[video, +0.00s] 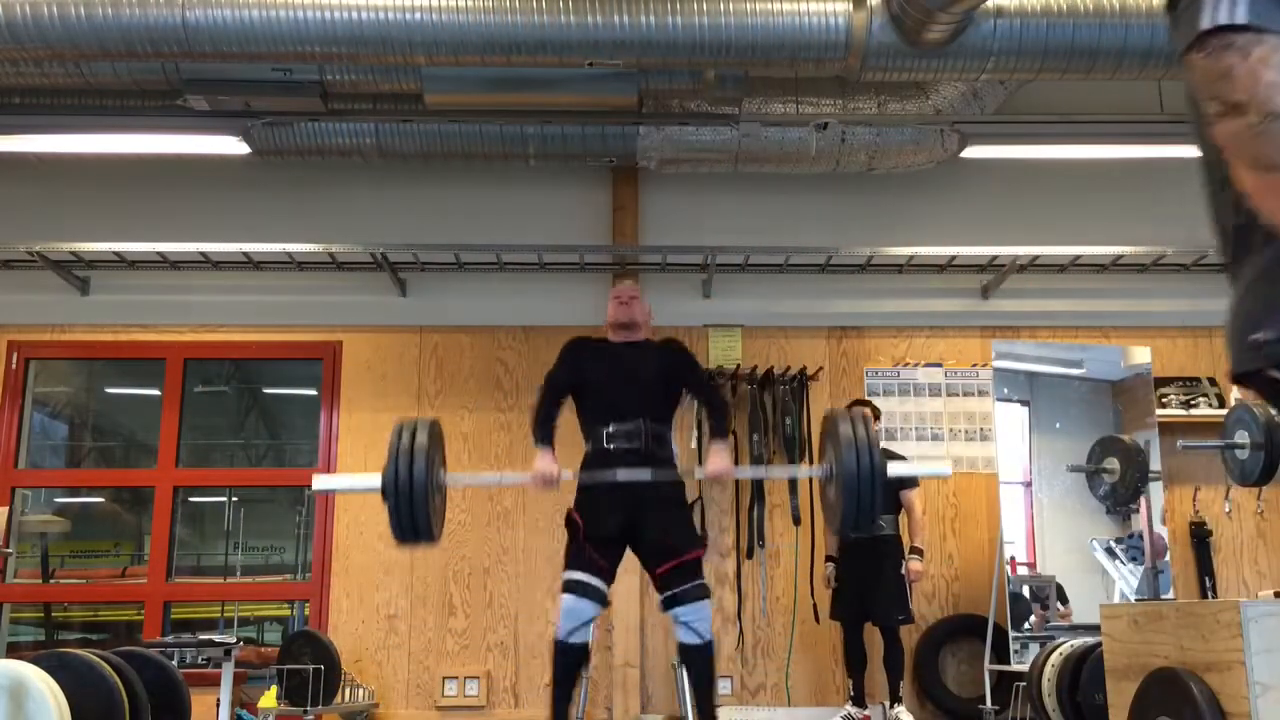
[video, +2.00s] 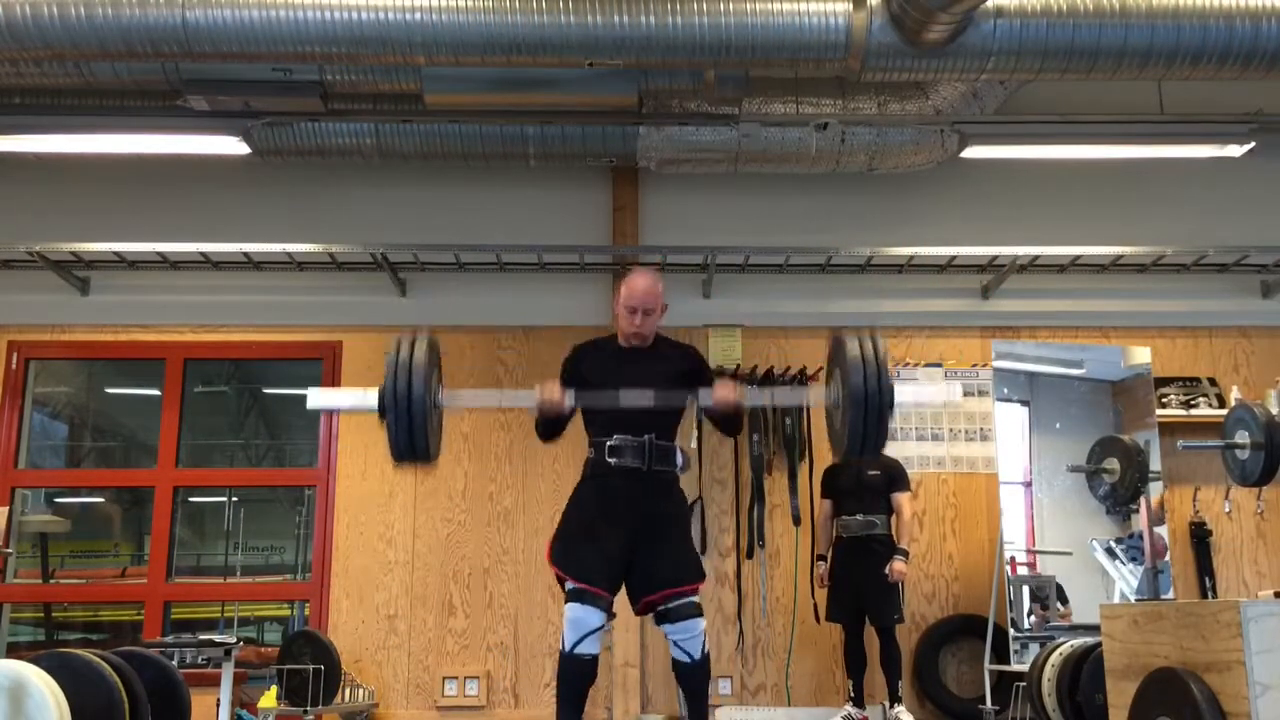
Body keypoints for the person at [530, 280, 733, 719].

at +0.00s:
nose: (625, 303)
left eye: (633, 299)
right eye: (618, 299)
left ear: (648, 313)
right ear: (606, 313)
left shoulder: (671, 353)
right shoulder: (581, 351)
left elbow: (713, 397)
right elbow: (549, 397)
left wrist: (719, 445)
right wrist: (544, 450)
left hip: (661, 496)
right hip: (600, 497)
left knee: (694, 614)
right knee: (575, 612)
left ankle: (705, 714)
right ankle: (559, 715)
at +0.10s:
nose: (629, 329)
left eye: (638, 322)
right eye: (622, 321)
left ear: (651, 330)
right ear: (609, 328)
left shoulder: (674, 370)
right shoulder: (583, 370)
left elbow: (731, 399)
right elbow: (523, 409)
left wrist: (723, 411)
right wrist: (536, 420)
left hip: (662, 507)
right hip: (599, 507)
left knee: (725, 614)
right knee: (545, 613)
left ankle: (716, 714)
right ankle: (542, 715)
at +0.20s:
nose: (635, 358)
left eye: (645, 352)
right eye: (628, 351)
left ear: (657, 365)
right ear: (613, 361)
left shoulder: (678, 420)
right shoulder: (589, 421)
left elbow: (738, 466)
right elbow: (540, 488)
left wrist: (725, 433)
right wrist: (545, 443)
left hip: (661, 563)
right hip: (598, 561)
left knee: (743, 648)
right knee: (526, 646)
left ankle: (744, 718)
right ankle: (519, 717)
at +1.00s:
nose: (629, 341)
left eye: (639, 338)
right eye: (620, 335)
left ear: (653, 360)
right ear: (605, 353)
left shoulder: (668, 409)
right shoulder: (583, 406)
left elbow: (702, 426)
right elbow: (545, 411)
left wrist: (703, 391)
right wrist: (550, 379)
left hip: (655, 549)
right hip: (590, 546)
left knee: (729, 649)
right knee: (526, 650)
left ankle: (738, 718)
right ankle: (521, 718)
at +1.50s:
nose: (642, 290)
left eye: (652, 286)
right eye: (633, 284)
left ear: (664, 306)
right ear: (616, 302)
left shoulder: (683, 354)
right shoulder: (594, 353)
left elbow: (722, 350)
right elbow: (558, 337)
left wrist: (720, 331)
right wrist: (557, 318)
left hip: (673, 501)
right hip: (609, 499)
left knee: (694, 633)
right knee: (587, 631)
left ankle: (697, 718)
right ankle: (570, 718)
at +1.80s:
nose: (644, 278)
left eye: (654, 273)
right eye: (635, 271)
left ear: (665, 291)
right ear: (617, 285)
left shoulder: (684, 342)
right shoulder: (590, 342)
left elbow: (720, 396)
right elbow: (555, 398)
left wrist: (724, 343)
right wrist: (551, 345)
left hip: (664, 486)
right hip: (603, 485)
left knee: (679, 619)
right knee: (586, 616)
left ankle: (698, 717)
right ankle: (569, 717)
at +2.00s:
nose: (639, 321)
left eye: (649, 312)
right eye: (631, 310)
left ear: (663, 311)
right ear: (615, 306)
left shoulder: (684, 361)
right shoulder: (586, 359)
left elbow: (730, 428)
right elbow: (548, 433)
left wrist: (728, 407)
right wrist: (550, 411)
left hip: (661, 502)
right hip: (600, 500)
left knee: (686, 626)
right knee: (583, 622)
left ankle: (698, 716)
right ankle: (568, 717)